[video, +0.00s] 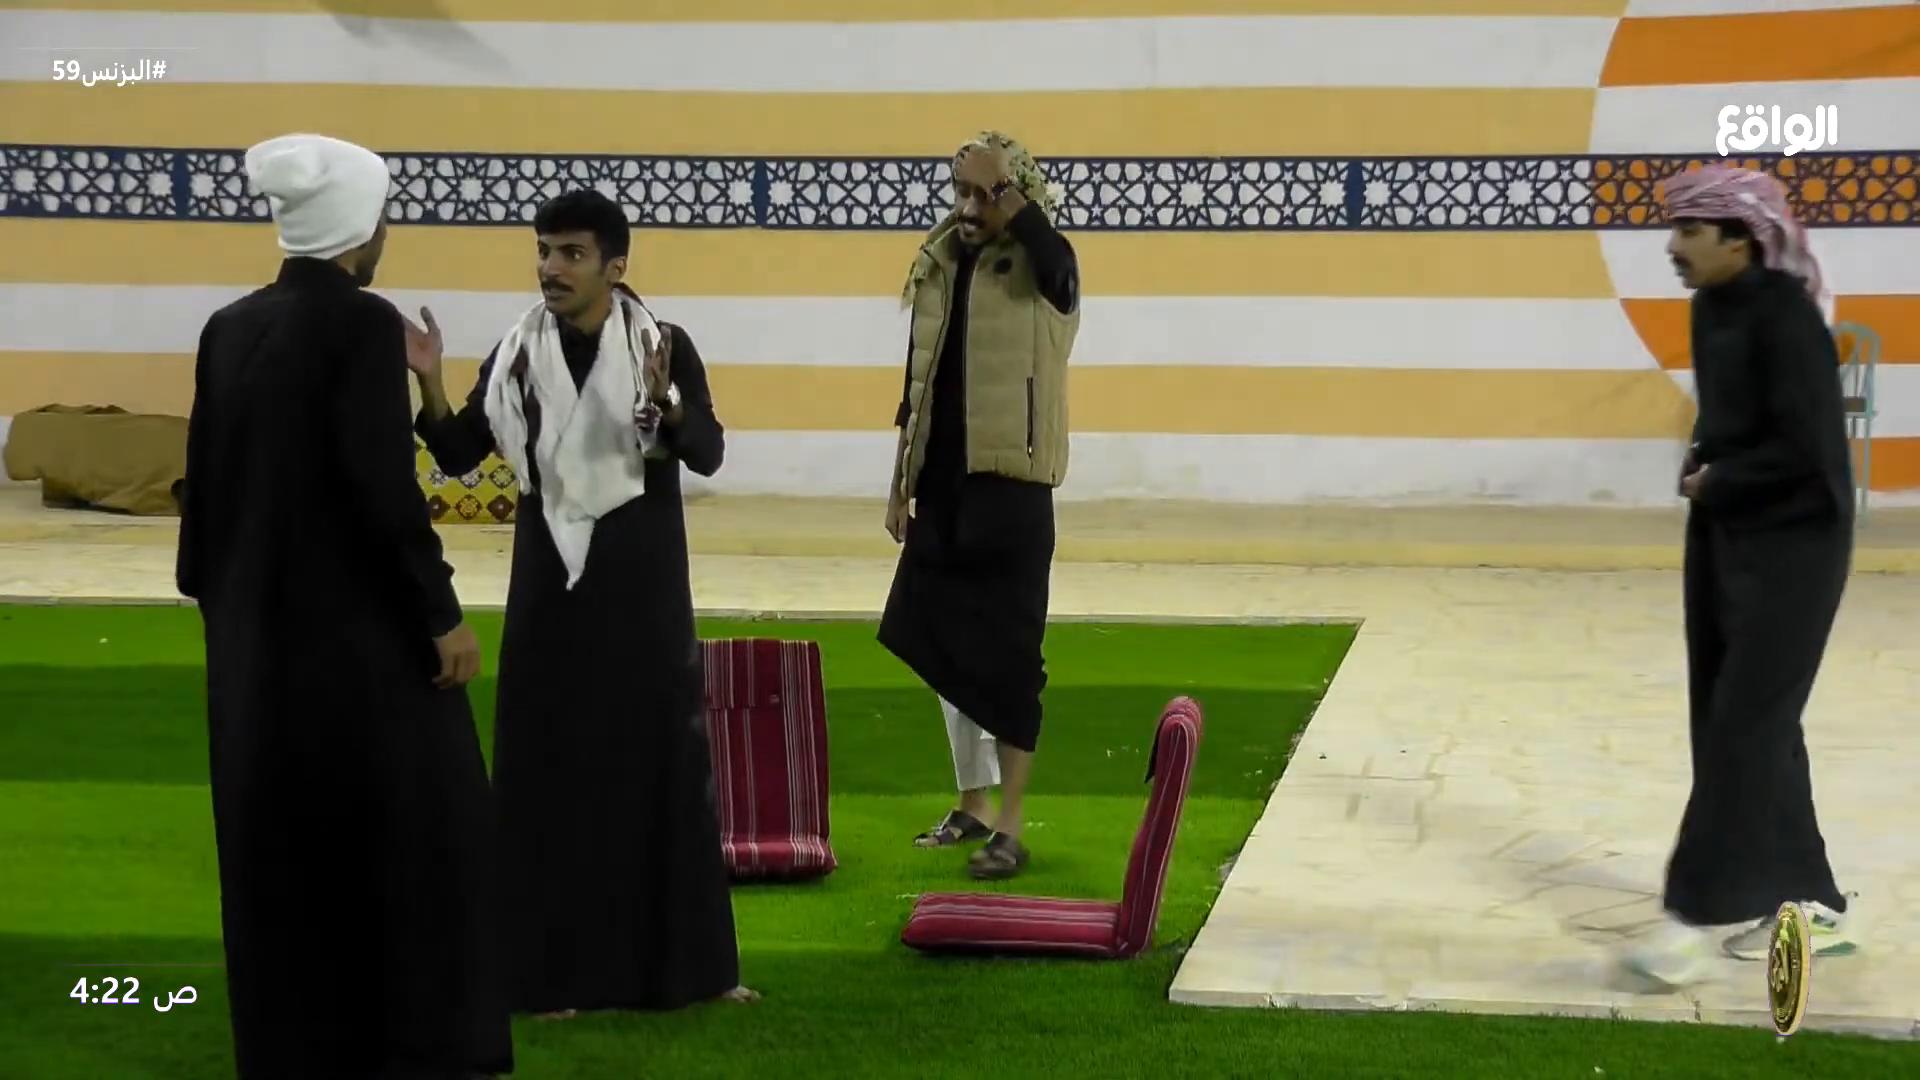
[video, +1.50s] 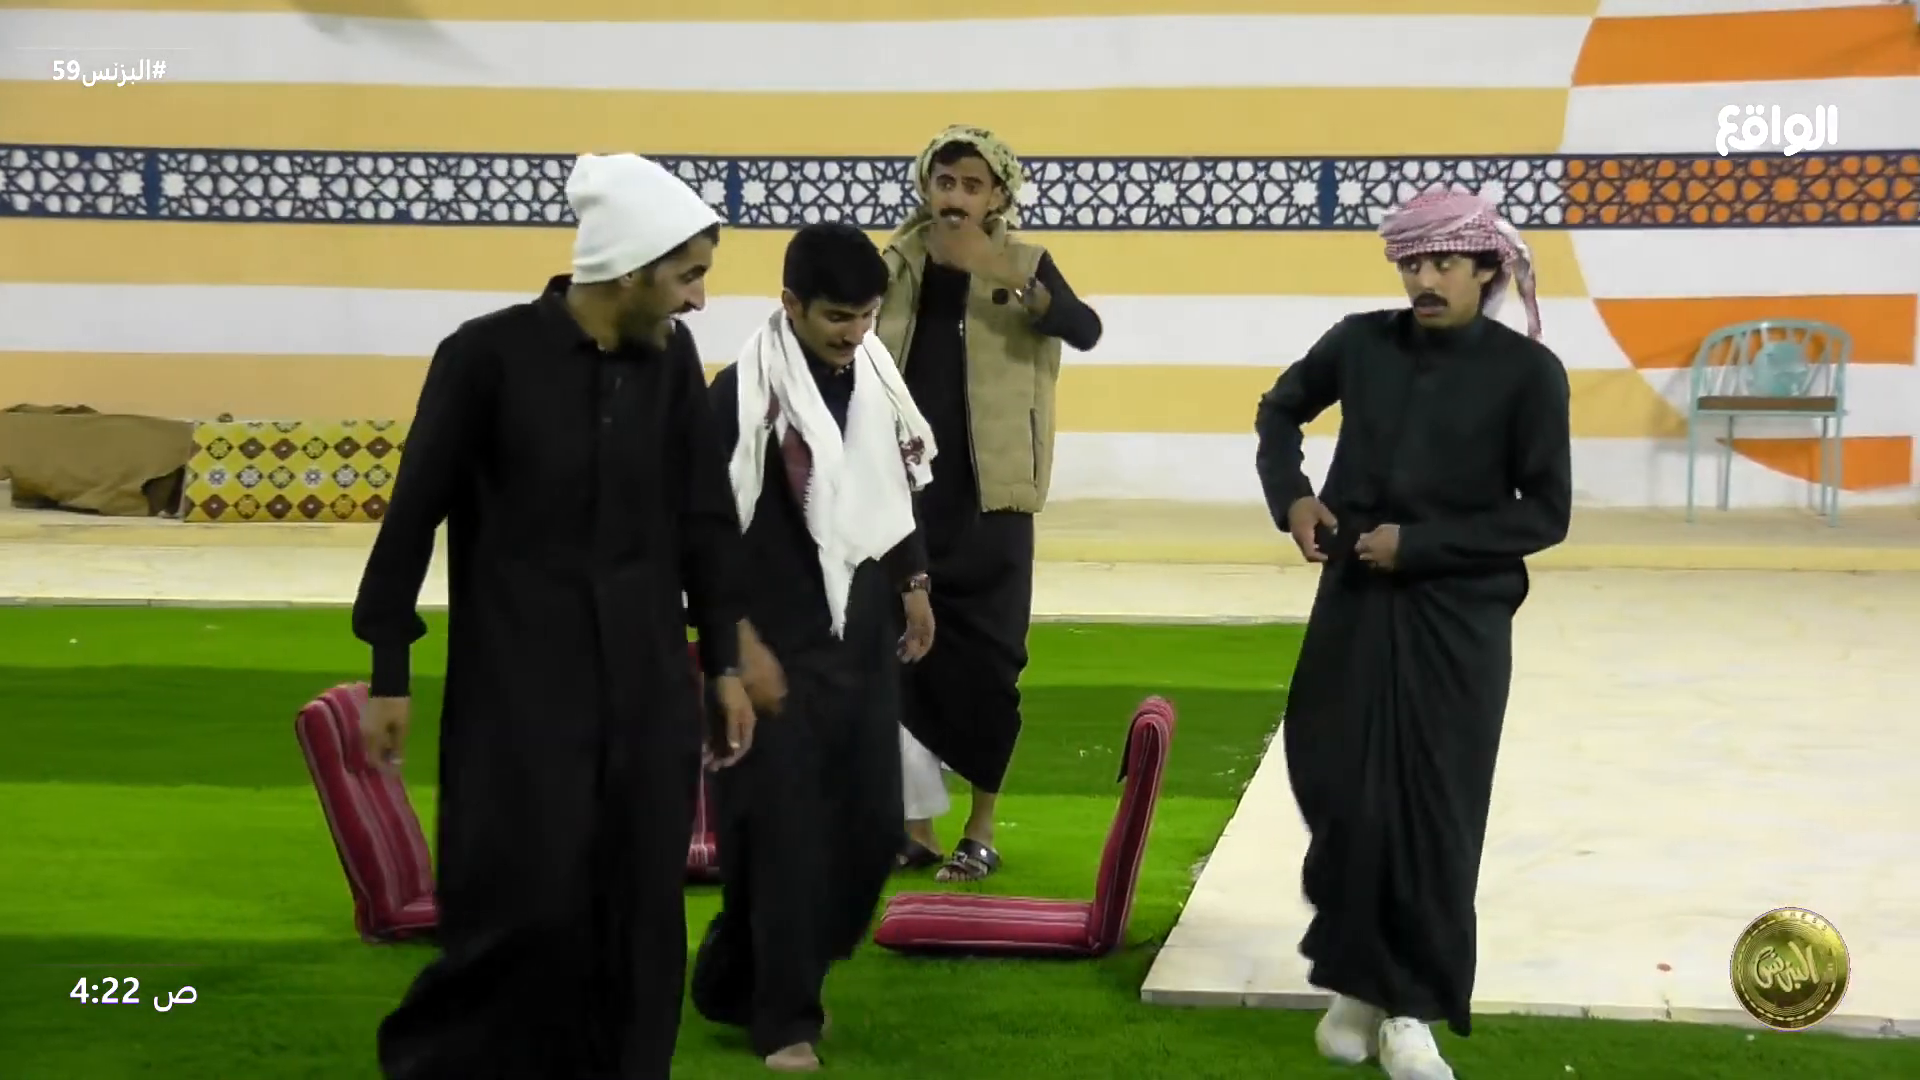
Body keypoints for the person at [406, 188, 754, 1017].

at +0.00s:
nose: (552, 268)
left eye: (571, 254)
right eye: (545, 252)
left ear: (614, 262)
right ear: (538, 257)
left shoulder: (661, 345)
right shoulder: (520, 348)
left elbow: (709, 456)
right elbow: (459, 451)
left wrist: (672, 407)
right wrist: (430, 381)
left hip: (641, 585)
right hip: (548, 584)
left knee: (658, 766)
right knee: (546, 766)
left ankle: (692, 968)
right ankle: (558, 973)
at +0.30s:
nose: (576, 267)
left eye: (595, 253)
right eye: (566, 251)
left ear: (630, 263)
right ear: (551, 258)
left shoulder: (672, 346)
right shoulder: (525, 347)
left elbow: (692, 461)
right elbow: (502, 466)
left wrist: (625, 433)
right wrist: (556, 437)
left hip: (648, 587)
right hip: (554, 585)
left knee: (663, 765)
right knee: (553, 767)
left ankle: (689, 967)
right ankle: (554, 974)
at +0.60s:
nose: (627, 269)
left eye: (644, 255)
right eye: (614, 254)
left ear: (675, 263)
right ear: (597, 258)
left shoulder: (713, 347)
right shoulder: (567, 346)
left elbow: (763, 454)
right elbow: (527, 465)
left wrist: (719, 475)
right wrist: (612, 493)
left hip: (685, 588)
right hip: (591, 588)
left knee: (688, 766)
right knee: (583, 766)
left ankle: (694, 969)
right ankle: (571, 972)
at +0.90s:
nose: (721, 273)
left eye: (739, 259)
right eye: (706, 256)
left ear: (764, 268)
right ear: (685, 261)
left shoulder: (783, 351)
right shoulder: (643, 350)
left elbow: (817, 449)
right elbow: (612, 474)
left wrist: (817, 492)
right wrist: (601, 595)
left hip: (745, 599)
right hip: (655, 599)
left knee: (743, 781)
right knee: (652, 782)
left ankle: (736, 972)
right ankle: (648, 980)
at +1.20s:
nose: (809, 309)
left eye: (820, 294)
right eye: (792, 293)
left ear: (832, 291)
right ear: (749, 284)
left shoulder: (827, 372)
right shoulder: (694, 375)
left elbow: (860, 465)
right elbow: (638, 486)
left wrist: (882, 518)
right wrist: (599, 580)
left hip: (792, 621)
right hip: (713, 621)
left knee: (763, 799)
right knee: (748, 797)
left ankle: (701, 963)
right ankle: (787, 1001)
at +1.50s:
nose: (856, 332)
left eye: (867, 315)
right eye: (838, 318)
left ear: (879, 304)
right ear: (792, 303)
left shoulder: (875, 373)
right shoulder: (742, 393)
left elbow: (892, 490)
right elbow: (704, 532)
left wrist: (914, 582)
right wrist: (740, 641)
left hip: (863, 645)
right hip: (777, 650)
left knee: (868, 830)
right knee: (783, 832)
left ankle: (735, 972)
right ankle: (784, 1022)